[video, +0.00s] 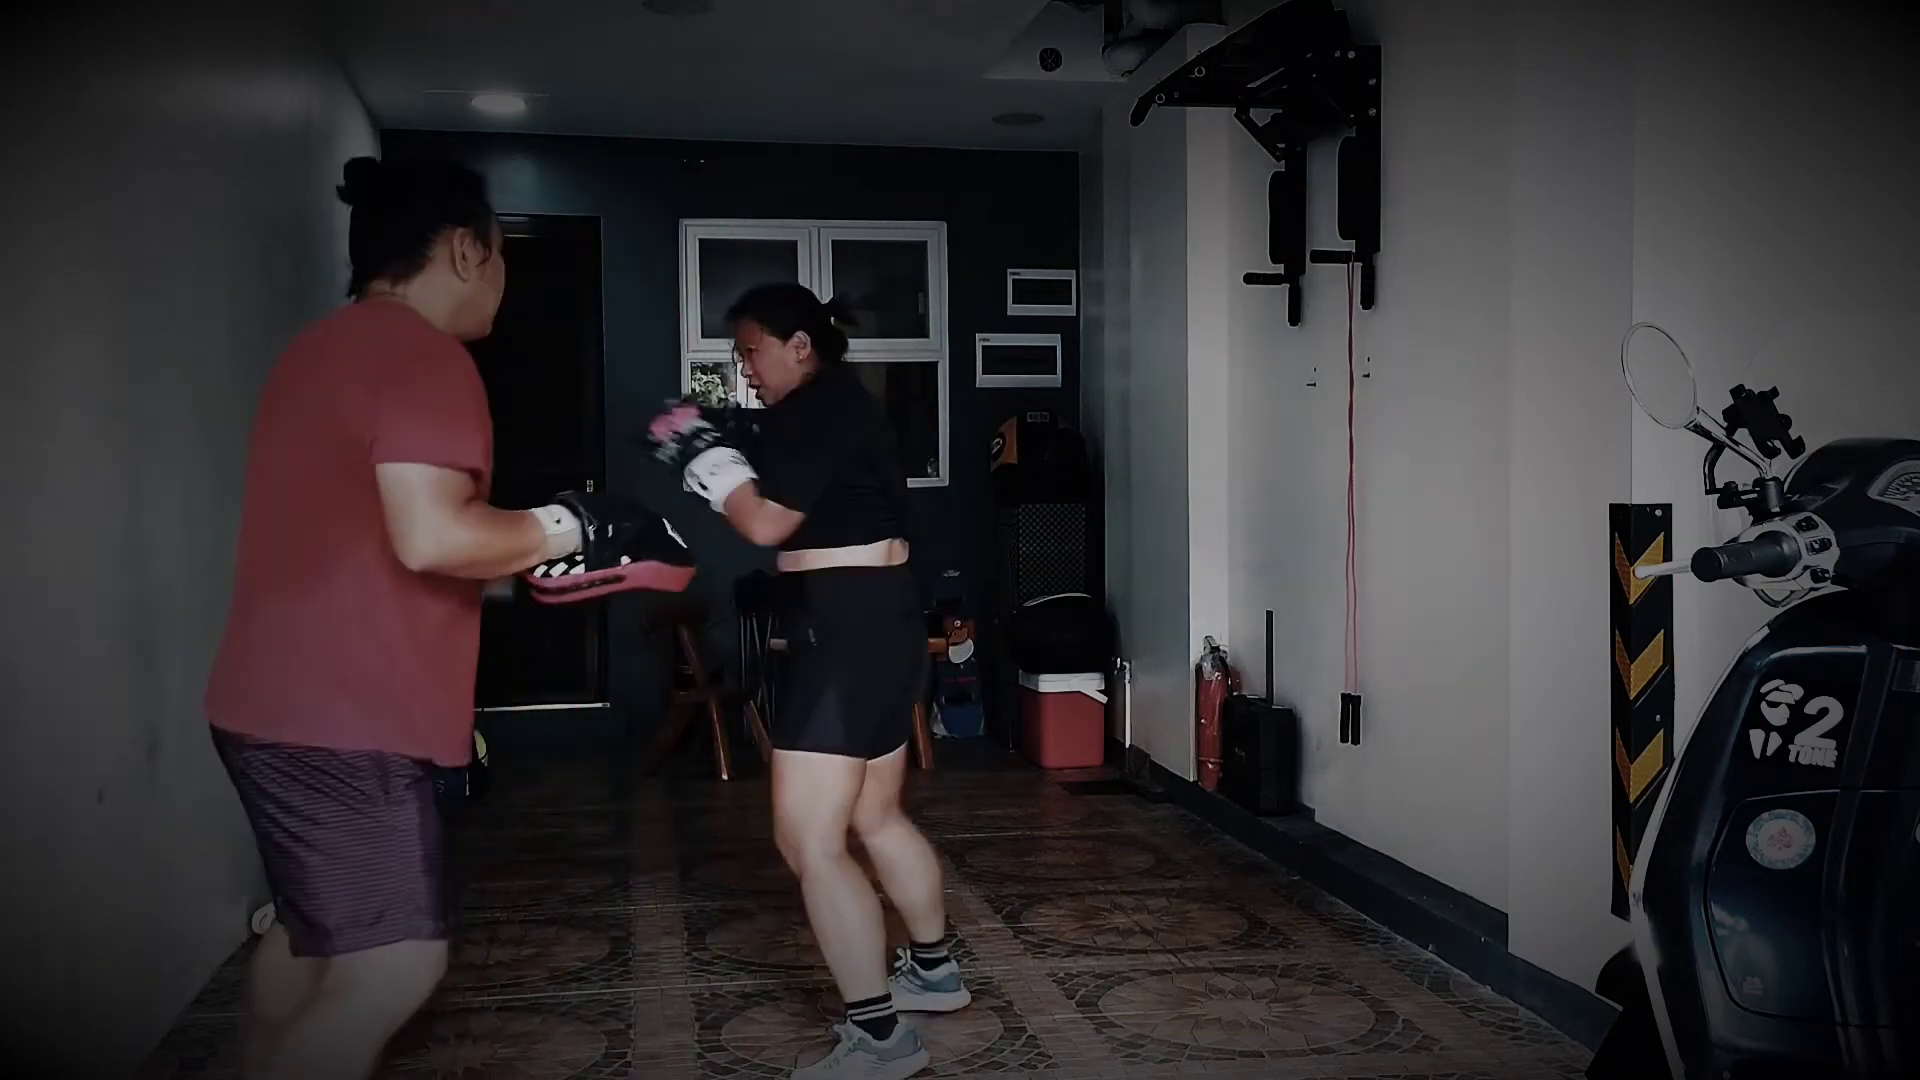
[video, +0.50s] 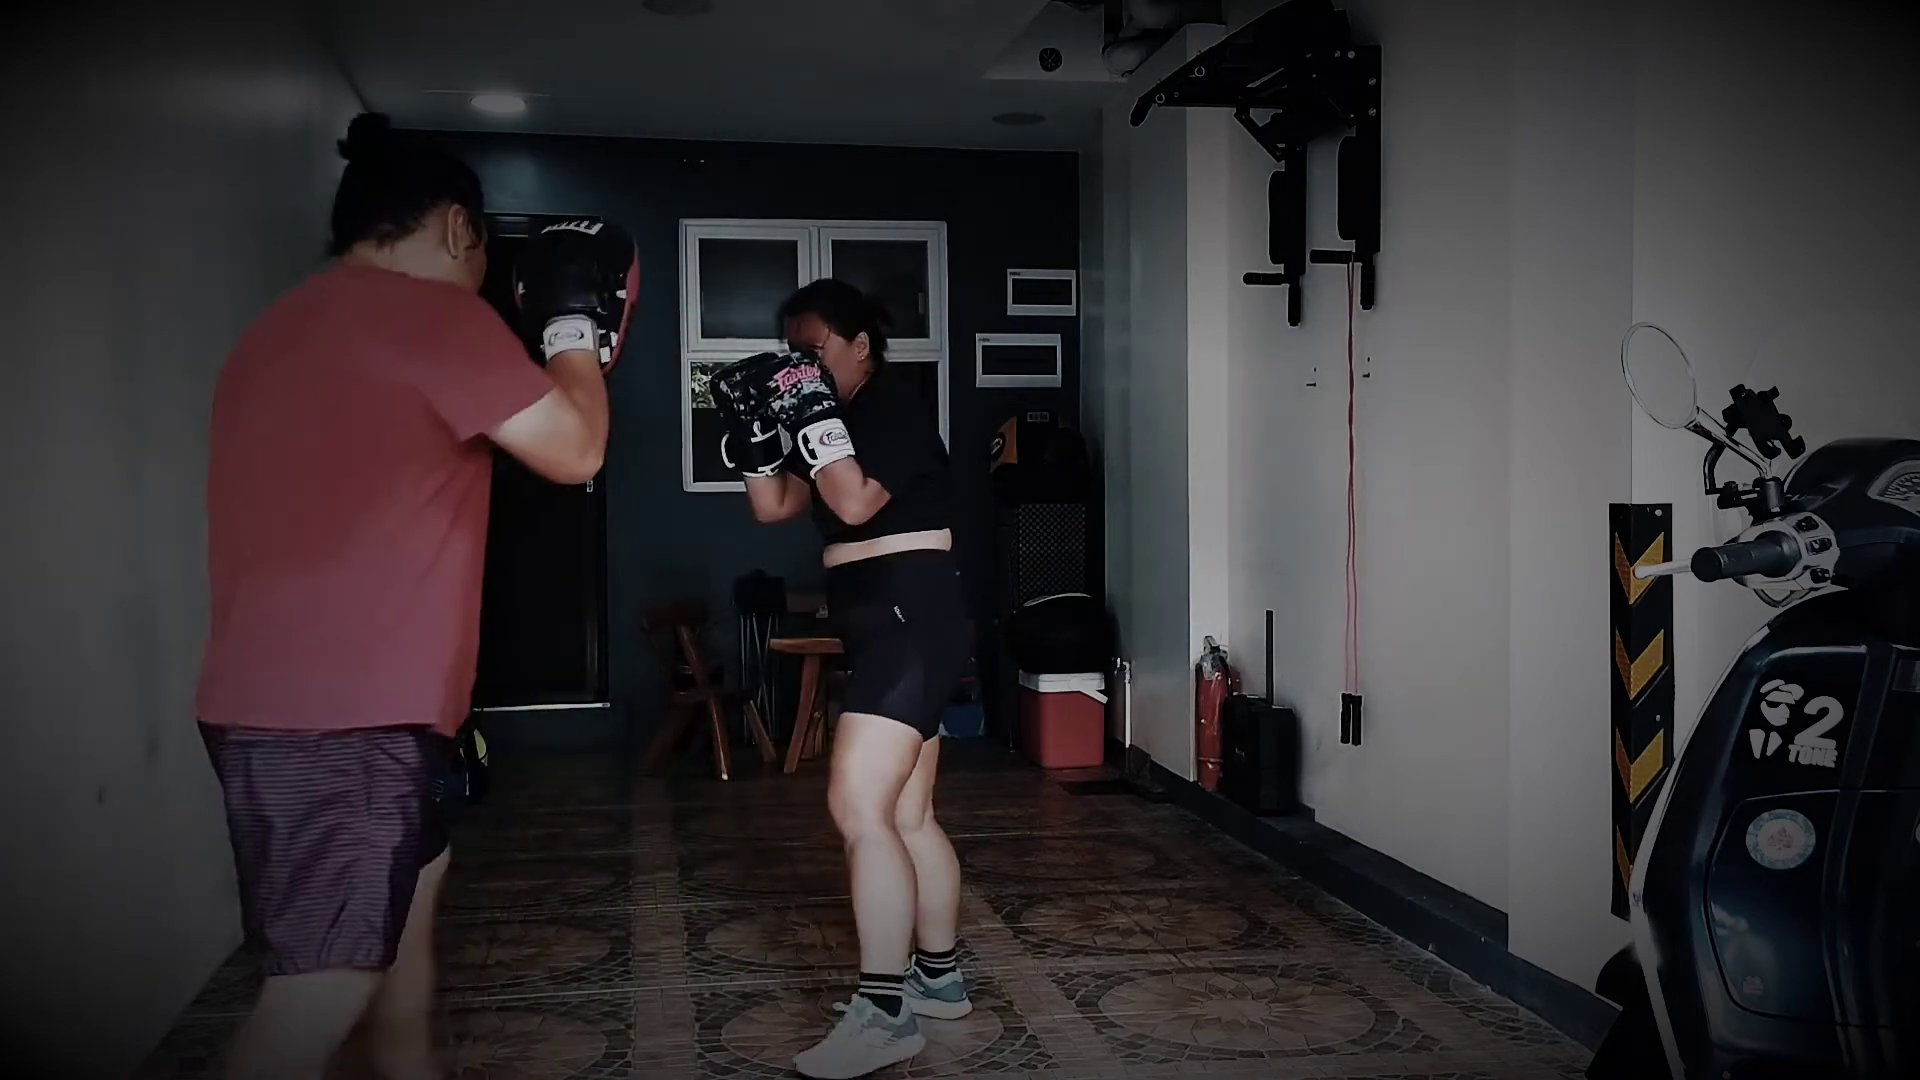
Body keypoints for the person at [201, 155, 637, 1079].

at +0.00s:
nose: (500, 280)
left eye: (501, 258)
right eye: (498, 255)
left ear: (383, 251)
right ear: (459, 249)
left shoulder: (322, 351)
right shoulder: (421, 357)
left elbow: (368, 532)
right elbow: (433, 534)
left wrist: (509, 565)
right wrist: (567, 524)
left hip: (285, 712)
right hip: (347, 725)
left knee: (305, 940)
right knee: (397, 960)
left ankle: (263, 1075)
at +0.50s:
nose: (476, 261)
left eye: (476, 240)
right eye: (473, 237)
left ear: (362, 220)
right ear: (445, 221)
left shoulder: (280, 328)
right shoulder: (431, 317)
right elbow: (576, 450)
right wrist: (582, 337)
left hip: (267, 707)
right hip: (355, 717)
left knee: (418, 864)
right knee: (320, 986)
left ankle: (405, 1062)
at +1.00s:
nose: (546, 265)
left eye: (541, 248)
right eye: (541, 246)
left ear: (428, 244)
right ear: (515, 234)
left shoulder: (350, 353)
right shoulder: (547, 328)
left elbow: (332, 534)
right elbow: (684, 441)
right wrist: (686, 341)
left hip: (357, 691)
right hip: (481, 686)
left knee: (467, 935)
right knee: (519, 952)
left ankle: (477, 1066)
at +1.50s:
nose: (585, 254)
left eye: (582, 229)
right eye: (583, 227)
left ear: (459, 216)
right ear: (556, 205)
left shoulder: (350, 331)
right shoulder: (556, 307)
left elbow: (293, 524)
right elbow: (581, 512)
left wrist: (472, 564)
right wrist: (663, 548)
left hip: (347, 730)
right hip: (491, 733)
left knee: (421, 984)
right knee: (540, 1014)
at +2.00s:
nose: (530, 269)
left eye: (531, 250)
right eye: (529, 247)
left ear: (416, 221)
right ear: (508, 226)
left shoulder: (304, 324)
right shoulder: (501, 312)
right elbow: (637, 466)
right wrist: (650, 382)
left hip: (294, 722)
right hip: (434, 728)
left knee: (374, 982)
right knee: (464, 994)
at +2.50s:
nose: (497, 281)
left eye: (500, 262)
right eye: (499, 258)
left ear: (384, 229)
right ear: (475, 238)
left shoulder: (286, 330)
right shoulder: (449, 326)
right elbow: (603, 460)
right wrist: (610, 341)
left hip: (286, 734)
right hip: (396, 744)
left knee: (392, 1002)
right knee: (426, 1018)